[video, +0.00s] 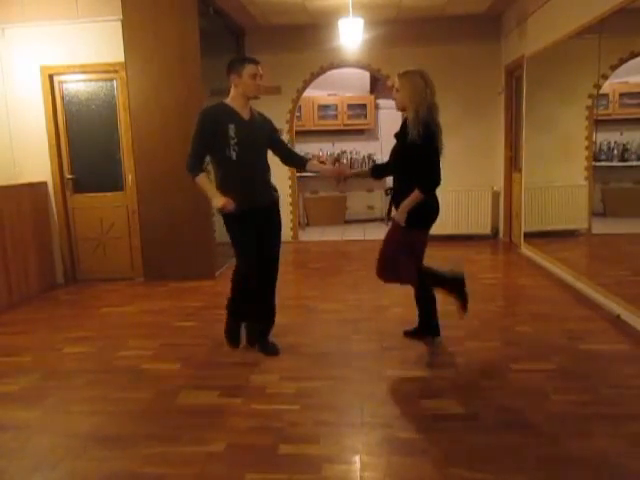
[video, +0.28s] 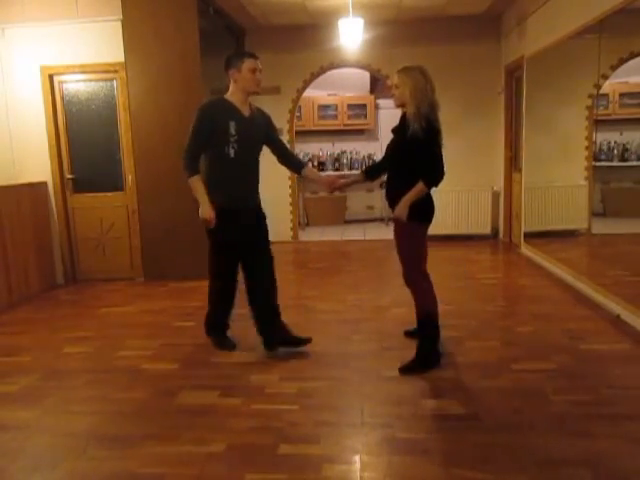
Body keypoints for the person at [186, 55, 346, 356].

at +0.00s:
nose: (260, 82)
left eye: (260, 77)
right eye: (254, 77)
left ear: (249, 81)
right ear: (235, 79)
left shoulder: (260, 121)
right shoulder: (213, 116)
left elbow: (289, 156)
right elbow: (195, 166)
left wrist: (326, 169)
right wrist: (215, 197)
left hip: (266, 202)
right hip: (235, 205)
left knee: (268, 269)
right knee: (248, 264)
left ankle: (260, 332)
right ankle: (235, 318)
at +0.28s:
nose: (260, 77)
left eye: (260, 72)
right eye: (253, 71)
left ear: (251, 76)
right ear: (233, 75)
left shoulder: (259, 118)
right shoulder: (211, 111)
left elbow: (285, 155)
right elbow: (191, 160)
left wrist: (320, 179)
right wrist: (203, 202)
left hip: (250, 207)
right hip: (222, 208)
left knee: (262, 274)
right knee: (224, 275)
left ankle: (273, 333)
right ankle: (217, 329)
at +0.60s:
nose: (260, 71)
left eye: (260, 65)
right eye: (254, 65)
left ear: (258, 70)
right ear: (234, 69)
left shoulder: (261, 111)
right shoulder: (215, 104)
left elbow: (277, 152)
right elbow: (186, 148)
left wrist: (312, 160)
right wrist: (217, 167)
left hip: (262, 197)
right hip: (233, 197)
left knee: (262, 266)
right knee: (234, 265)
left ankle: (255, 329)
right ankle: (220, 327)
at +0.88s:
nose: (256, 74)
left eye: (256, 68)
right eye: (250, 68)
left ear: (244, 73)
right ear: (230, 72)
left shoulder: (255, 115)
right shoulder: (212, 112)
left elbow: (275, 154)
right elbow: (208, 164)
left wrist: (310, 175)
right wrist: (235, 199)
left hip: (258, 204)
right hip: (230, 205)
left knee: (260, 266)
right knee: (231, 275)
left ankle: (255, 329)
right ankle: (227, 351)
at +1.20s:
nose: (259, 72)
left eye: (259, 66)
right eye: (253, 66)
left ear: (248, 71)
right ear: (232, 70)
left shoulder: (253, 109)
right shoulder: (218, 104)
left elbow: (265, 151)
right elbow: (197, 148)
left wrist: (300, 162)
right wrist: (239, 160)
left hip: (258, 201)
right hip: (234, 203)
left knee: (261, 265)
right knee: (236, 272)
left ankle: (256, 327)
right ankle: (227, 352)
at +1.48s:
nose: (260, 74)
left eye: (260, 68)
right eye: (254, 68)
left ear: (244, 73)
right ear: (234, 72)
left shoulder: (255, 113)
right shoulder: (218, 110)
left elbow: (274, 152)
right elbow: (219, 158)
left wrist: (310, 159)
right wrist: (259, 139)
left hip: (263, 201)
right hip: (238, 203)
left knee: (261, 269)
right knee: (235, 275)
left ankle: (258, 327)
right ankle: (227, 351)